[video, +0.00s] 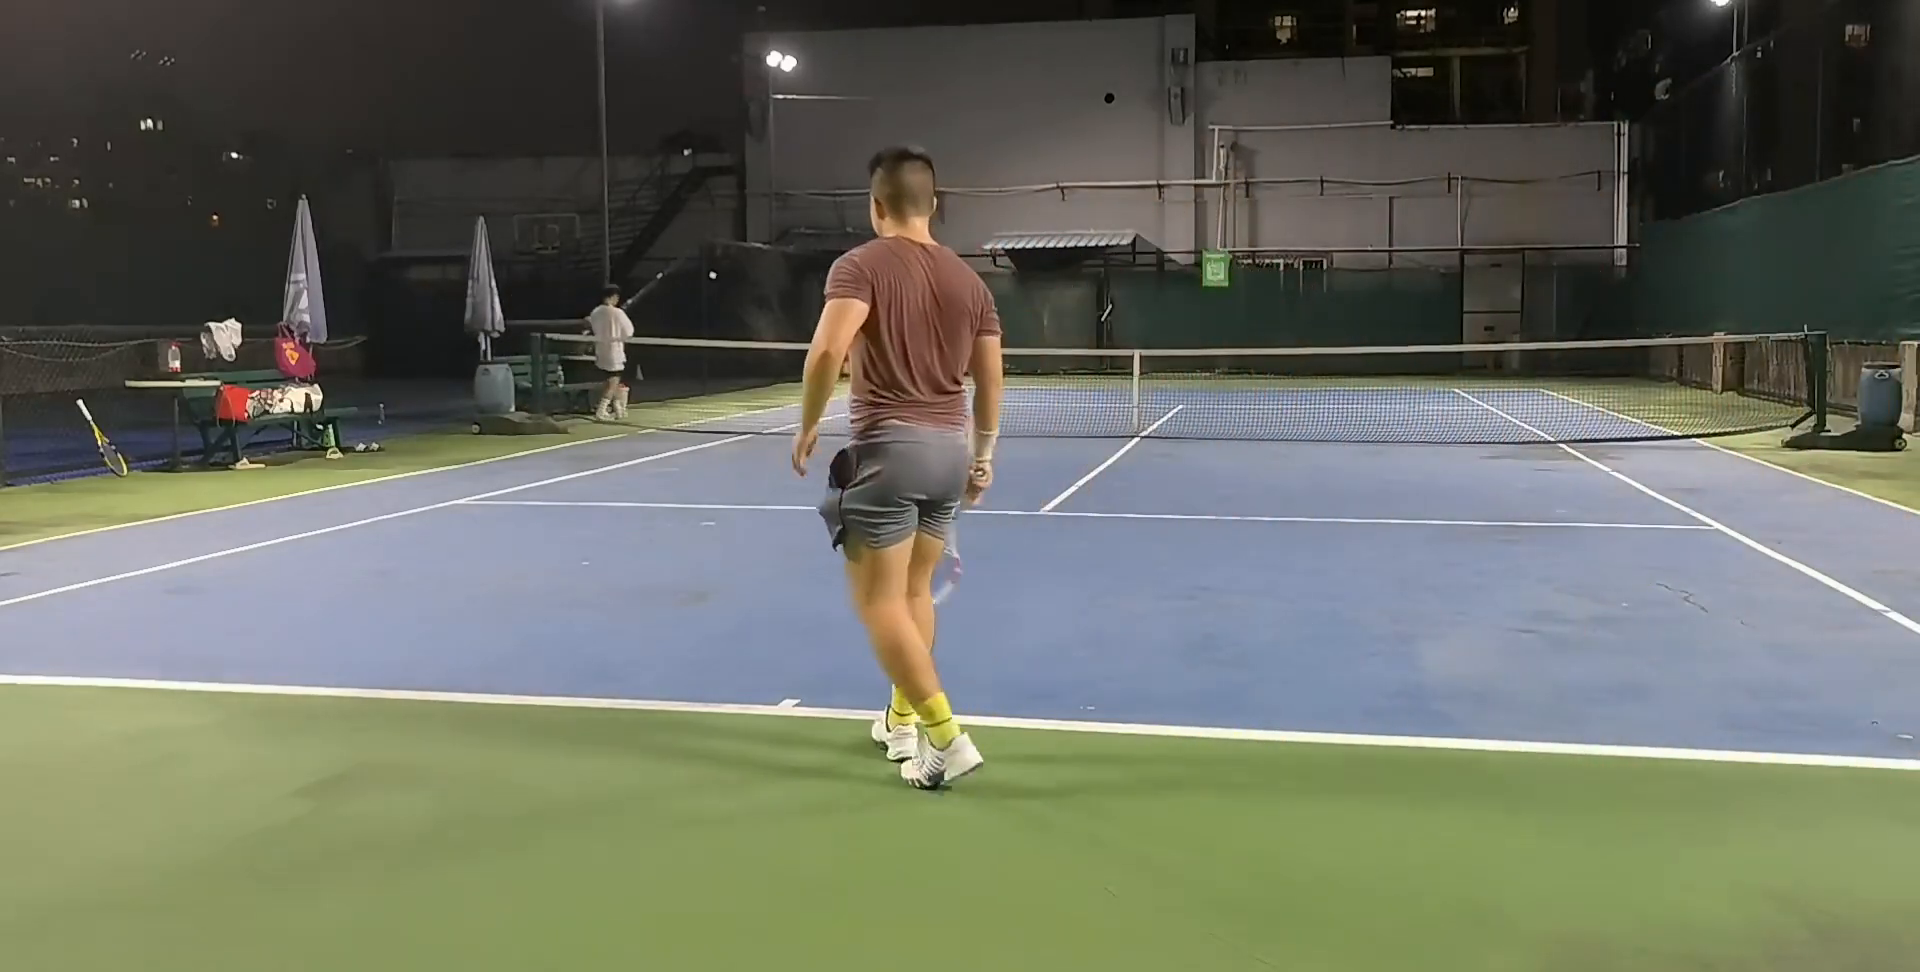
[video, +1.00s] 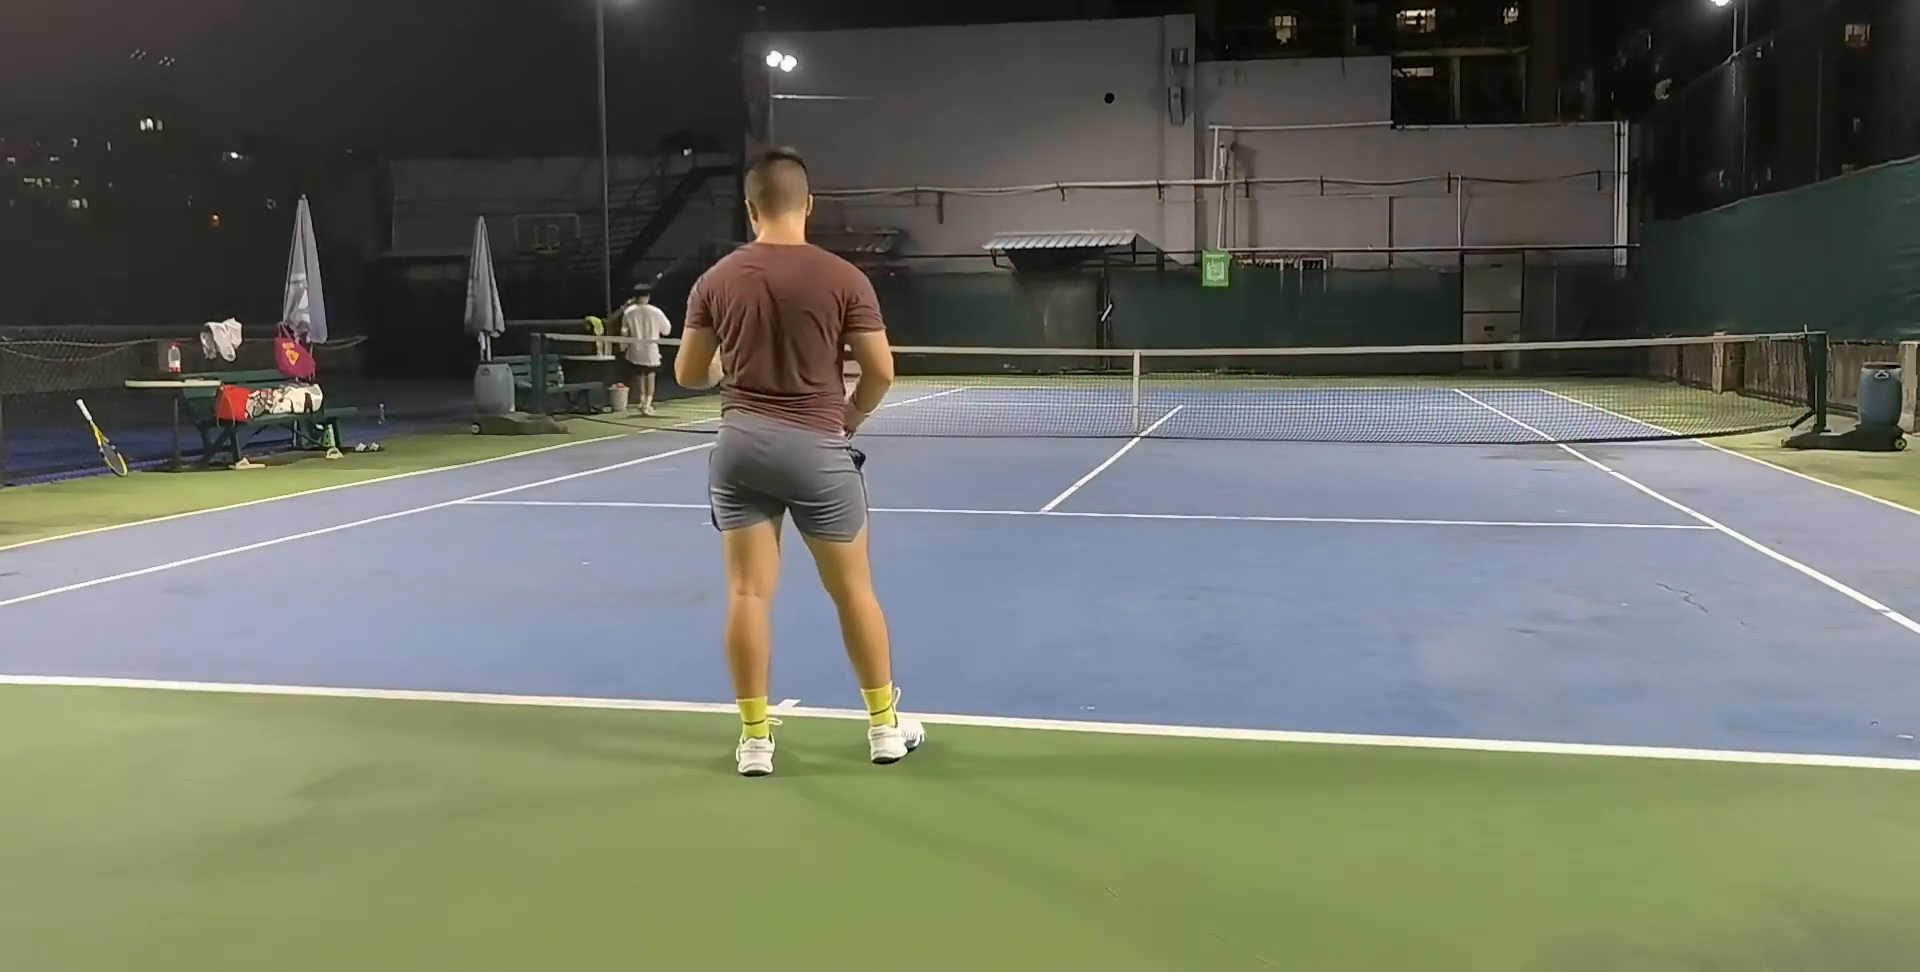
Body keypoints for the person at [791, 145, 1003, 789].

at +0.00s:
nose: (869, 211)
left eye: (869, 203)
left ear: (876, 206)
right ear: (934, 205)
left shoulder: (861, 263)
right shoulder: (967, 279)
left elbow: (829, 352)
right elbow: (990, 377)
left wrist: (809, 426)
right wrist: (984, 448)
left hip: (886, 446)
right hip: (952, 448)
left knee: (880, 602)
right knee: (918, 589)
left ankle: (948, 741)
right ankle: (901, 723)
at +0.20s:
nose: (854, 209)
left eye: (853, 201)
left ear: (858, 204)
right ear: (914, 203)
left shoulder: (834, 268)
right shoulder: (950, 277)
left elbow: (814, 367)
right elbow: (965, 381)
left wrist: (806, 452)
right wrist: (929, 424)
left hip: (860, 441)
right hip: (929, 442)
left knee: (813, 578)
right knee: (910, 584)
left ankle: (861, 708)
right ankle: (903, 725)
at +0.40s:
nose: (823, 210)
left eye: (822, 202)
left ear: (825, 205)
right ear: (882, 202)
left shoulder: (801, 273)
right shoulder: (924, 276)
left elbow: (776, 370)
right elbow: (946, 367)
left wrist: (776, 451)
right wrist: (910, 411)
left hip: (828, 441)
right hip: (902, 442)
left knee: (794, 590)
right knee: (900, 589)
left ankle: (760, 735)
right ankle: (902, 727)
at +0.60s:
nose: (785, 212)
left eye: (782, 204)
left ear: (786, 204)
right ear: (844, 203)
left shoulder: (760, 277)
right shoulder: (890, 276)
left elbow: (727, 382)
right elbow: (916, 368)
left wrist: (731, 361)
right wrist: (882, 412)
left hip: (788, 439)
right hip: (861, 442)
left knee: (771, 591)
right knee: (878, 588)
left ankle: (757, 738)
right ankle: (899, 724)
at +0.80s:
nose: (760, 214)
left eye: (756, 205)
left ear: (759, 206)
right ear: (818, 204)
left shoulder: (733, 278)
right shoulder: (861, 276)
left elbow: (694, 373)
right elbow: (891, 371)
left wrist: (715, 338)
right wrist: (854, 420)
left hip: (758, 439)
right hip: (834, 445)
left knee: (754, 593)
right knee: (859, 591)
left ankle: (756, 740)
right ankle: (888, 724)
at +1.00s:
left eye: (750, 204)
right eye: (808, 201)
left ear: (750, 207)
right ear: (809, 205)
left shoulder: (717, 281)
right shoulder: (844, 278)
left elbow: (688, 374)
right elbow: (880, 371)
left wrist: (732, 360)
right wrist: (849, 418)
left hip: (742, 442)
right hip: (821, 448)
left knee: (748, 592)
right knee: (854, 589)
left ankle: (755, 739)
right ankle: (884, 727)